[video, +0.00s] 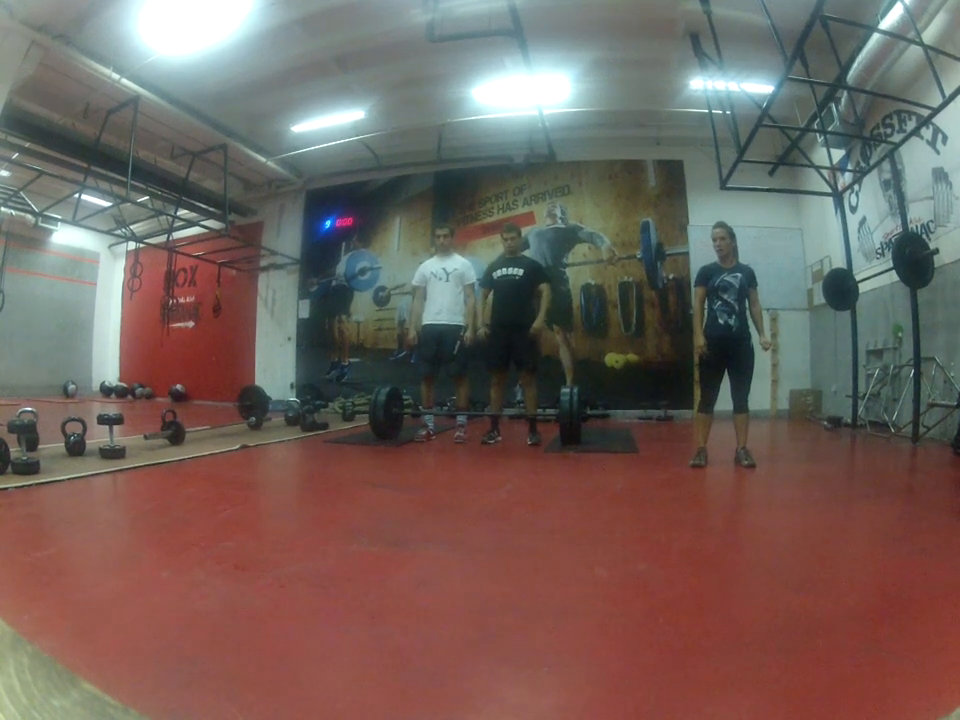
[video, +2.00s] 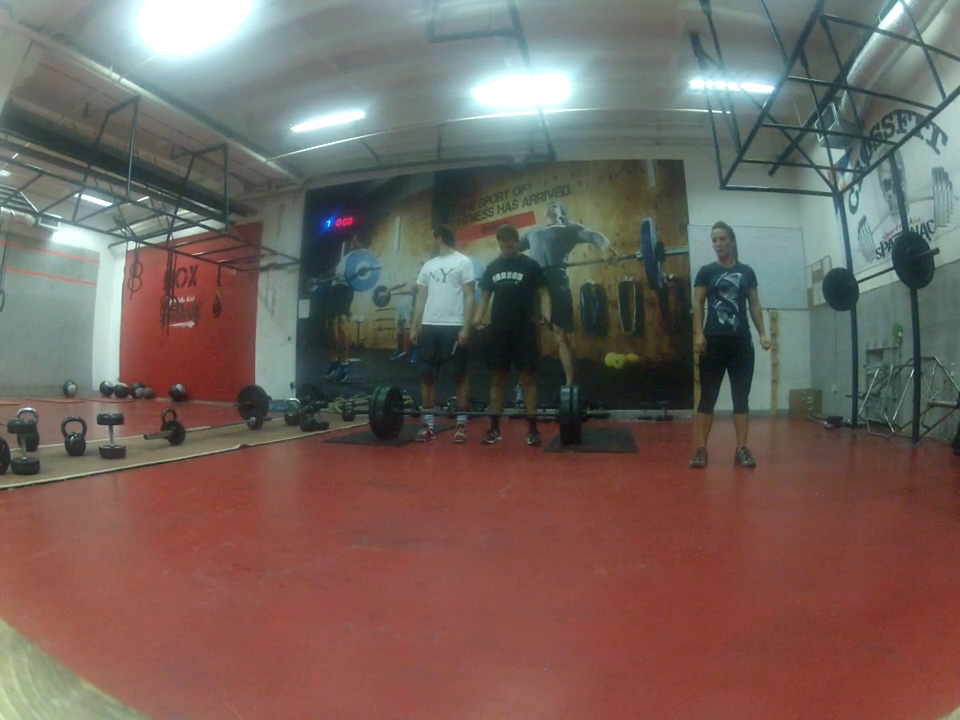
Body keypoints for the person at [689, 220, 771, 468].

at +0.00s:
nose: (718, 244)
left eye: (722, 239)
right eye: (715, 240)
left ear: (733, 242)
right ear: (712, 244)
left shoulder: (746, 272)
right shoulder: (706, 272)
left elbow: (754, 305)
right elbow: (698, 306)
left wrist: (761, 334)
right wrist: (698, 337)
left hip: (740, 344)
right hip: (712, 343)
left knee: (740, 400)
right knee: (707, 399)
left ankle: (742, 449)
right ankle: (700, 450)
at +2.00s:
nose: (719, 244)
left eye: (722, 239)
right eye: (715, 240)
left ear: (733, 241)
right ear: (712, 244)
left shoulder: (746, 272)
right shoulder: (706, 272)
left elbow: (754, 305)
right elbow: (698, 305)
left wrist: (762, 333)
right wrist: (698, 334)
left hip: (740, 342)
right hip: (713, 342)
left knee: (741, 400)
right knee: (707, 399)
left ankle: (742, 449)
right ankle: (700, 449)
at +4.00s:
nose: (718, 243)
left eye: (722, 239)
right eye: (714, 240)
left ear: (732, 241)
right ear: (711, 244)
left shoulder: (746, 272)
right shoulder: (705, 272)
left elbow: (754, 305)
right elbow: (697, 306)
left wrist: (761, 333)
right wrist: (698, 336)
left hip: (740, 343)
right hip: (712, 342)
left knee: (740, 399)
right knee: (707, 399)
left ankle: (742, 449)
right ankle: (701, 450)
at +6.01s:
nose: (717, 243)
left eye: (721, 238)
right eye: (713, 240)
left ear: (731, 241)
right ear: (710, 244)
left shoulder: (745, 272)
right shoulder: (704, 272)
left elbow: (753, 305)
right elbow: (697, 306)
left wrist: (761, 333)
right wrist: (698, 335)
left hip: (739, 343)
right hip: (711, 342)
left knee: (740, 399)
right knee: (706, 398)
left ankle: (742, 449)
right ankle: (701, 449)